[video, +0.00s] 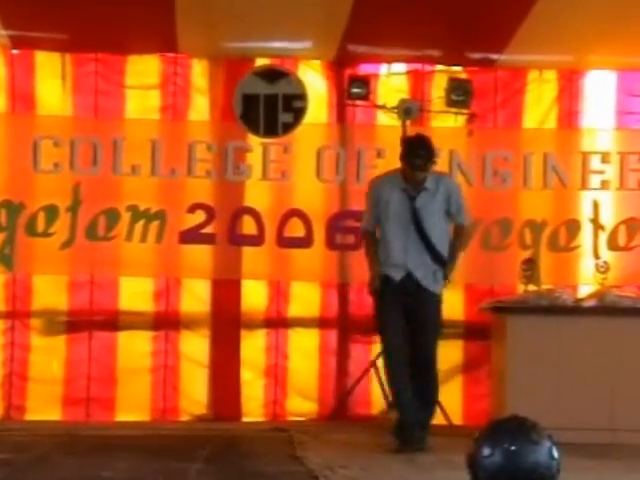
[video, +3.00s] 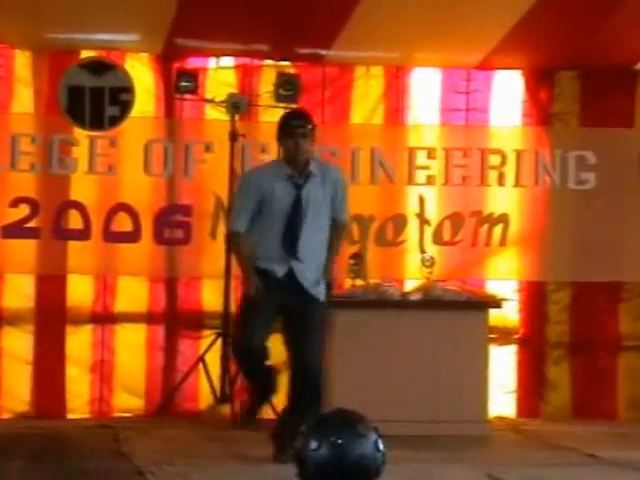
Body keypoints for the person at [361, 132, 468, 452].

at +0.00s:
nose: (419, 176)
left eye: (424, 170)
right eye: (413, 169)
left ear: (433, 165)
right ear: (402, 163)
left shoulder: (446, 187)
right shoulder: (381, 187)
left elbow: (463, 226)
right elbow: (369, 231)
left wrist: (448, 266)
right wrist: (375, 270)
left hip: (427, 282)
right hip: (389, 281)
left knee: (424, 356)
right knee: (396, 355)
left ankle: (420, 427)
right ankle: (406, 426)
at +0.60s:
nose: (370, 180)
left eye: (374, 173)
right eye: (363, 174)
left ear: (381, 168)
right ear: (351, 170)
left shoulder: (394, 188)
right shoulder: (331, 197)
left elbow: (408, 221)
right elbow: (322, 246)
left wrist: (401, 255)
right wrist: (330, 287)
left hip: (384, 282)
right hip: (345, 283)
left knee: (392, 356)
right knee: (342, 357)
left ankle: (393, 430)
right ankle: (358, 428)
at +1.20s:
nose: (348, 182)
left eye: (354, 175)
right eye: (342, 175)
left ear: (361, 172)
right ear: (330, 170)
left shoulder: (369, 199)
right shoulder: (305, 196)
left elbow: (372, 239)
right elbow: (287, 240)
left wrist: (365, 280)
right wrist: (299, 283)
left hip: (353, 294)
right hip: (313, 294)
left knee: (361, 366)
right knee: (309, 371)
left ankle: (343, 433)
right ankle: (335, 425)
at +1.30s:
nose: (348, 185)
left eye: (353, 178)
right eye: (342, 178)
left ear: (361, 175)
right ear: (329, 173)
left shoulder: (371, 202)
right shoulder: (304, 198)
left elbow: (374, 244)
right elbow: (283, 241)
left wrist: (362, 283)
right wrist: (290, 281)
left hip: (344, 299)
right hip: (304, 294)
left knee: (339, 374)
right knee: (280, 353)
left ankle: (327, 443)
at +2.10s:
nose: (320, 179)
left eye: (325, 171)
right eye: (314, 171)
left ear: (332, 169)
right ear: (300, 168)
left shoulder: (343, 196)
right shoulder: (276, 197)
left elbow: (351, 242)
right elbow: (263, 246)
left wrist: (338, 286)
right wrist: (277, 285)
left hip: (320, 296)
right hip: (283, 294)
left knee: (312, 373)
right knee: (278, 371)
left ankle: (280, 436)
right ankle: (285, 444)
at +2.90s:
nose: (296, 149)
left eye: (301, 140)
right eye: (289, 141)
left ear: (308, 140)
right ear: (276, 141)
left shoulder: (322, 176)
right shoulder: (251, 177)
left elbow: (329, 222)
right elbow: (238, 231)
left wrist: (329, 262)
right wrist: (255, 277)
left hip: (314, 282)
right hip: (273, 284)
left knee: (331, 356)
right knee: (283, 359)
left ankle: (321, 422)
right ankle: (306, 422)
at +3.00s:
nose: (300, 145)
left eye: (306, 137)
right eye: (293, 137)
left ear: (314, 141)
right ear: (281, 141)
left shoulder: (331, 180)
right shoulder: (257, 179)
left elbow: (339, 227)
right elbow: (236, 234)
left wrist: (328, 270)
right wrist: (249, 277)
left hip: (309, 280)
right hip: (265, 277)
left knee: (308, 365)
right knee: (247, 343)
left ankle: (293, 434)